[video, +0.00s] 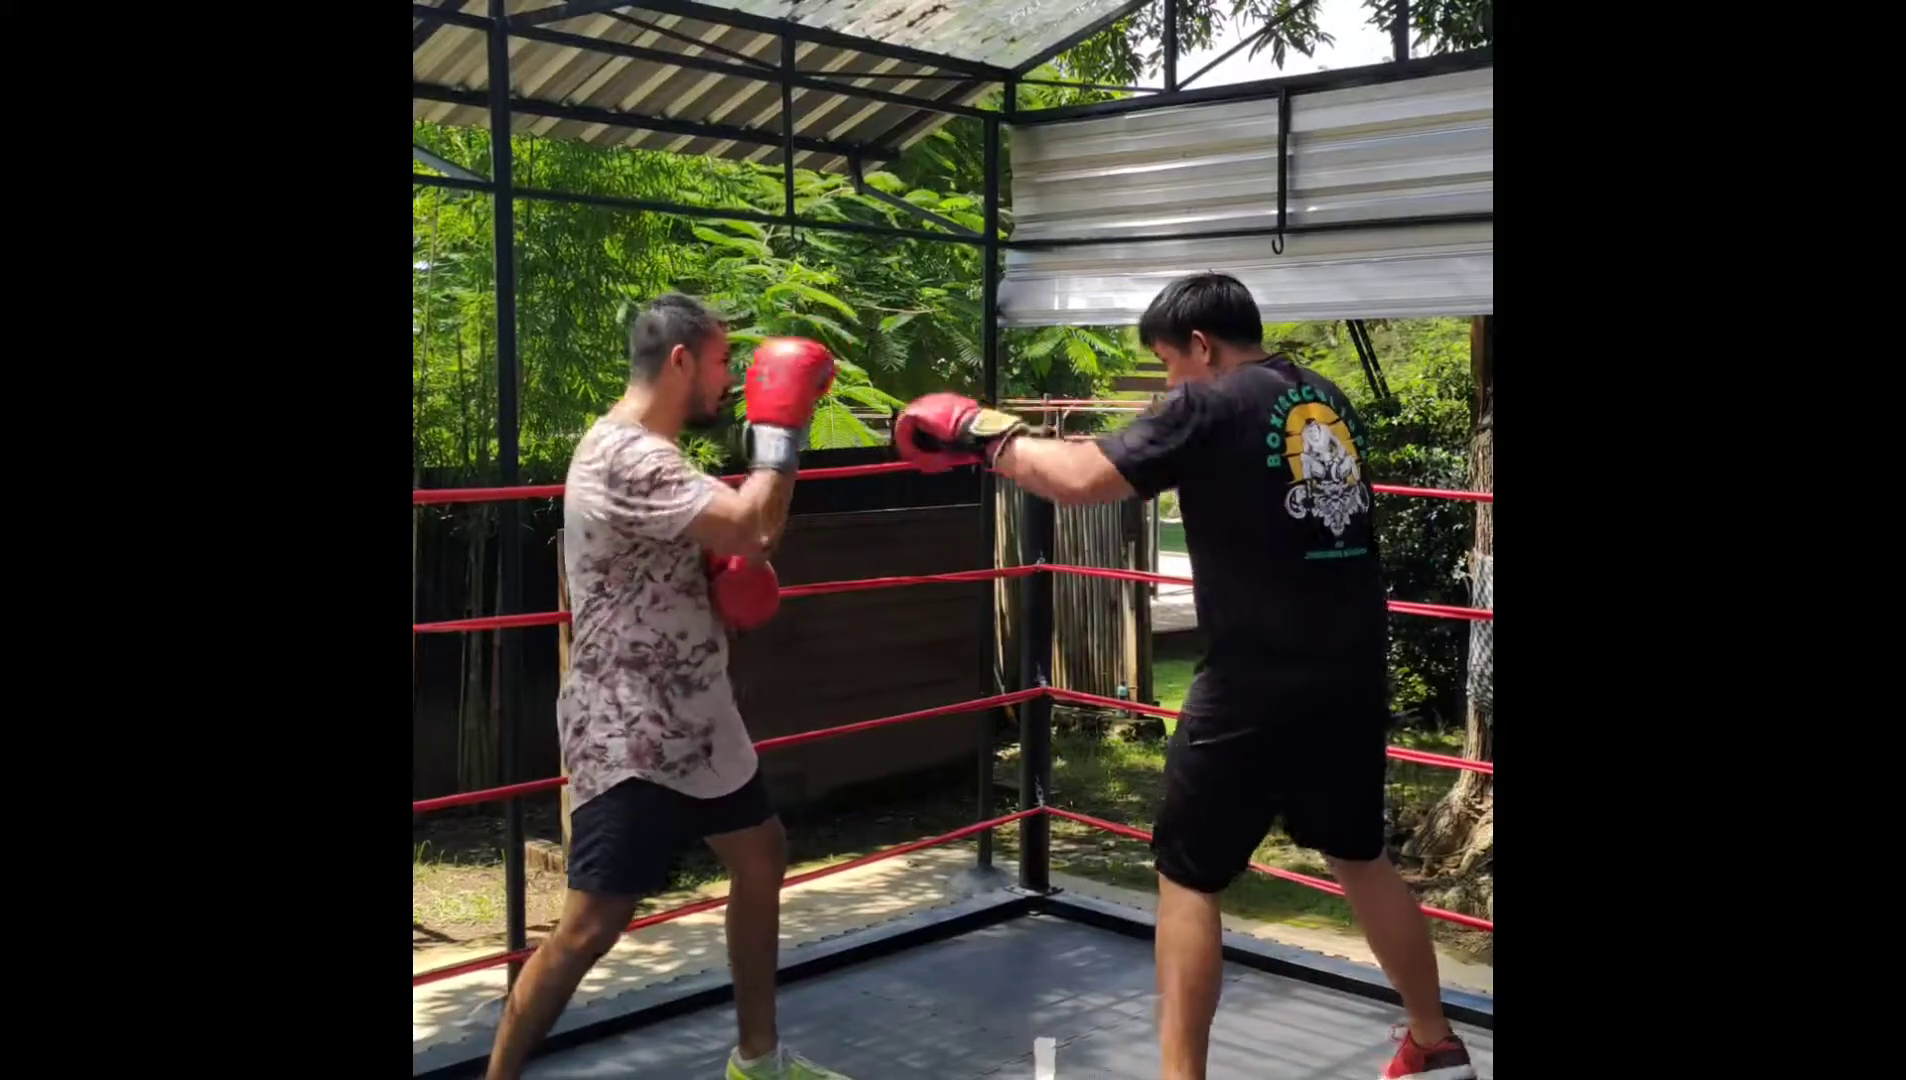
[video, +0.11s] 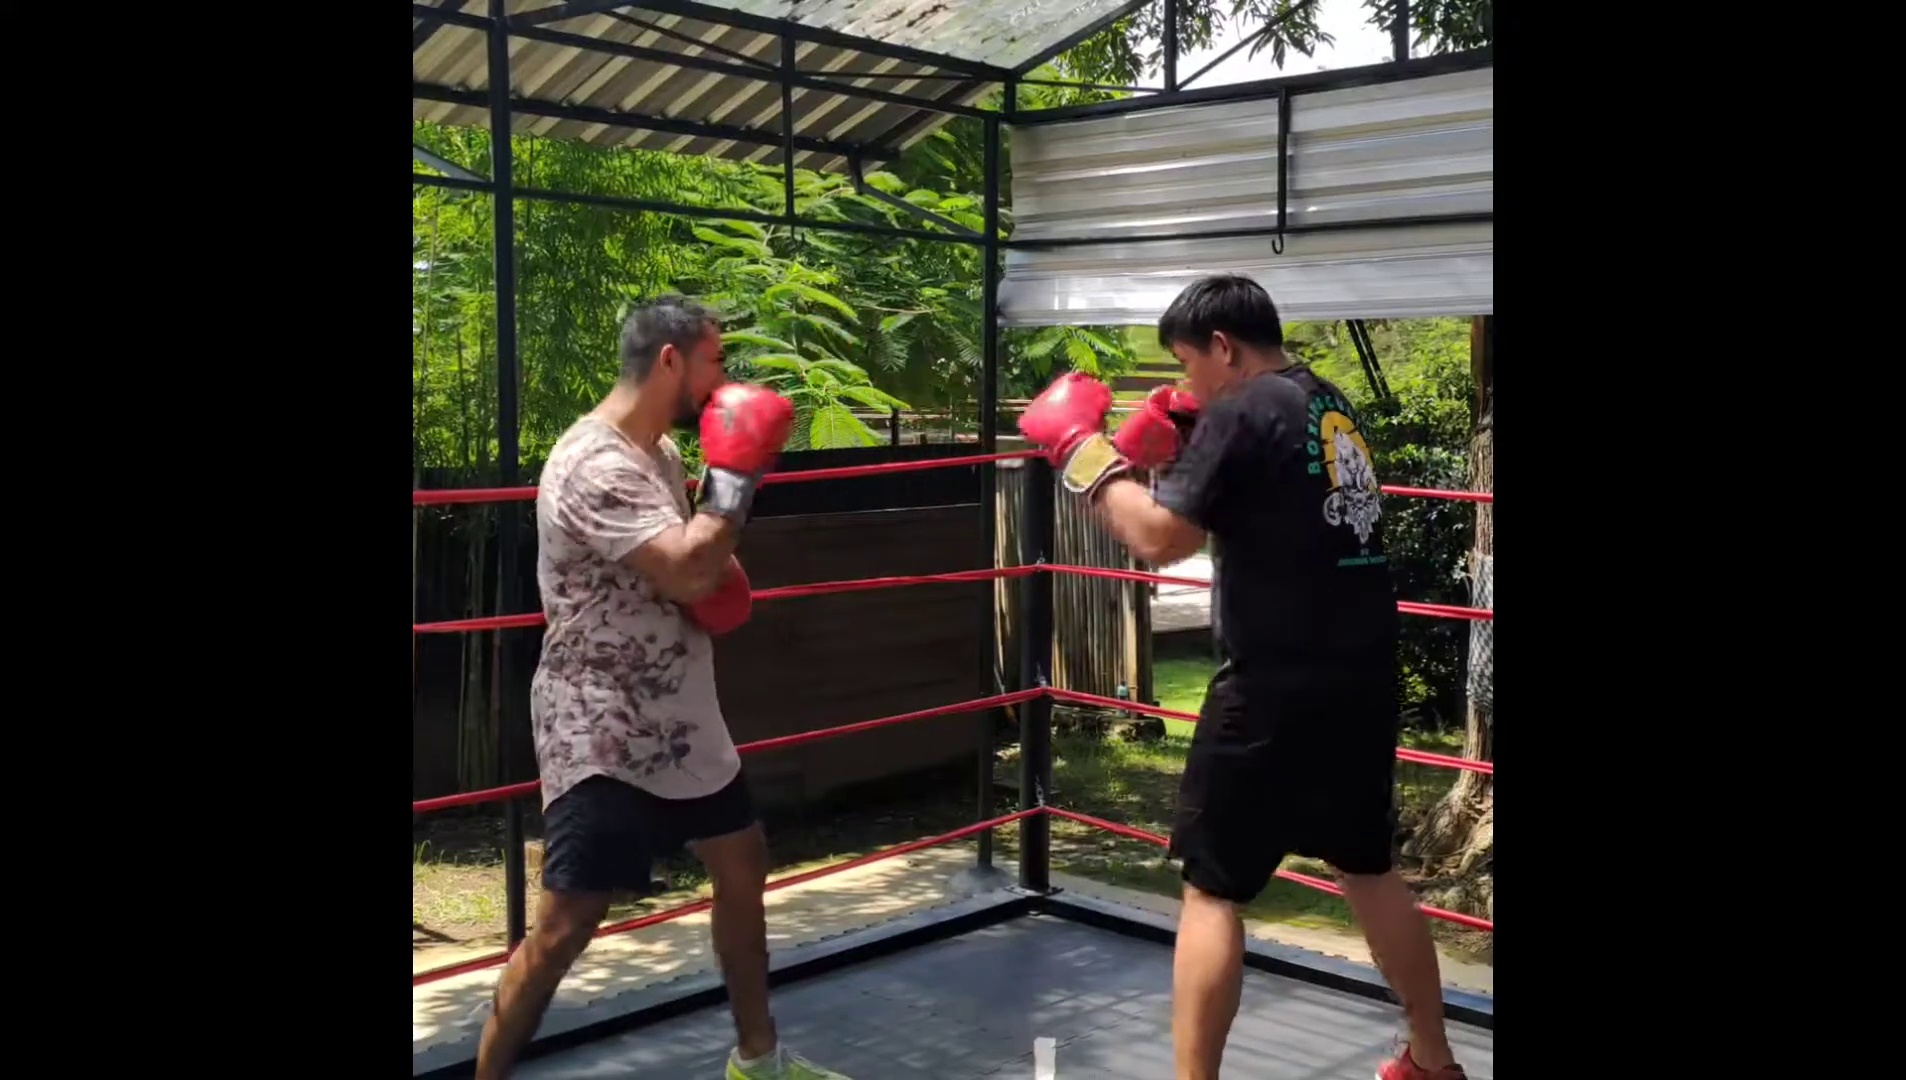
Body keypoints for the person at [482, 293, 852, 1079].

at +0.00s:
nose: (728, 377)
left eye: (729, 361)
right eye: (722, 359)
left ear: (663, 360)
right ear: (681, 360)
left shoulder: (653, 451)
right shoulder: (622, 455)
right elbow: (751, 524)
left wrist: (731, 588)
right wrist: (781, 427)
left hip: (696, 719)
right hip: (629, 729)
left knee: (761, 859)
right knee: (588, 928)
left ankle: (759, 1055)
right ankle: (497, 1074)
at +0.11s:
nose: (721, 376)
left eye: (721, 360)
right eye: (713, 359)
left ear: (662, 361)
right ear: (668, 360)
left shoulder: (662, 454)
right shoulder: (588, 463)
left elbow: (695, 556)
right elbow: (688, 573)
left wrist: (717, 587)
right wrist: (735, 477)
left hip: (683, 720)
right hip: (601, 730)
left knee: (741, 867)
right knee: (562, 927)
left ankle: (758, 1053)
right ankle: (488, 1074)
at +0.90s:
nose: (758, 395)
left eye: (762, 379)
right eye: (750, 376)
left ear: (710, 372)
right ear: (695, 366)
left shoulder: (724, 468)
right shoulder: (598, 463)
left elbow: (760, 543)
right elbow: (620, 576)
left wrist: (817, 542)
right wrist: (714, 505)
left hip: (724, 725)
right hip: (618, 734)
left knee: (797, 868)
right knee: (559, 927)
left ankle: (809, 1054)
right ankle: (489, 1074)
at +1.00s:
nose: (790, 396)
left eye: (794, 382)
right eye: (782, 378)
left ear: (743, 376)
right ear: (726, 369)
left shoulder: (781, 456)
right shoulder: (631, 451)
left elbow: (897, 463)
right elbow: (624, 572)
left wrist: (976, 423)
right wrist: (721, 494)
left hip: (740, 723)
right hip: (629, 726)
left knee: (812, 866)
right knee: (570, 911)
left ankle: (811, 1052)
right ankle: (499, 1072)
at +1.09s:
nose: (802, 407)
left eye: (806, 391)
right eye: (795, 388)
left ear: (753, 378)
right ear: (741, 374)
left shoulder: (790, 455)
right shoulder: (641, 458)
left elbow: (905, 469)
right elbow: (637, 580)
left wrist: (987, 448)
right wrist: (734, 501)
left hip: (750, 729)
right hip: (635, 731)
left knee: (820, 867)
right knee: (572, 910)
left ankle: (811, 1052)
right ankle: (500, 1072)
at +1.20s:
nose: (787, 397)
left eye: (791, 381)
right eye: (779, 378)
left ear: (739, 375)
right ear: (725, 368)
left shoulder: (766, 464)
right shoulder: (627, 457)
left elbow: (833, 540)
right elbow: (621, 585)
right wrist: (718, 514)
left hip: (750, 719)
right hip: (634, 721)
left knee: (808, 868)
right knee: (572, 899)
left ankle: (812, 1054)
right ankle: (493, 1072)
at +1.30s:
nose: (765, 394)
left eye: (768, 377)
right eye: (755, 375)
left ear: (712, 375)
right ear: (700, 370)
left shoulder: (741, 470)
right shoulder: (601, 456)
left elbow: (765, 579)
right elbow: (585, 588)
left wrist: (785, 620)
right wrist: (688, 525)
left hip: (726, 724)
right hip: (610, 728)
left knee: (788, 871)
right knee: (553, 907)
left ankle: (811, 1053)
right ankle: (491, 1073)